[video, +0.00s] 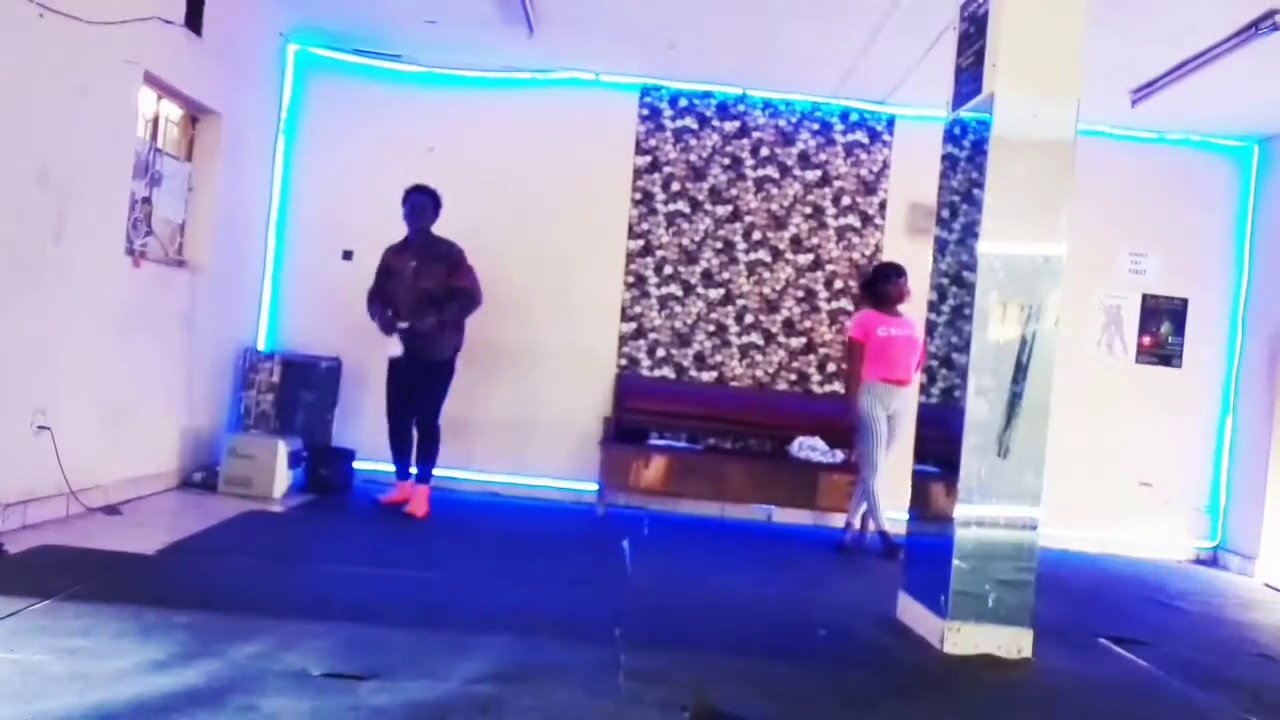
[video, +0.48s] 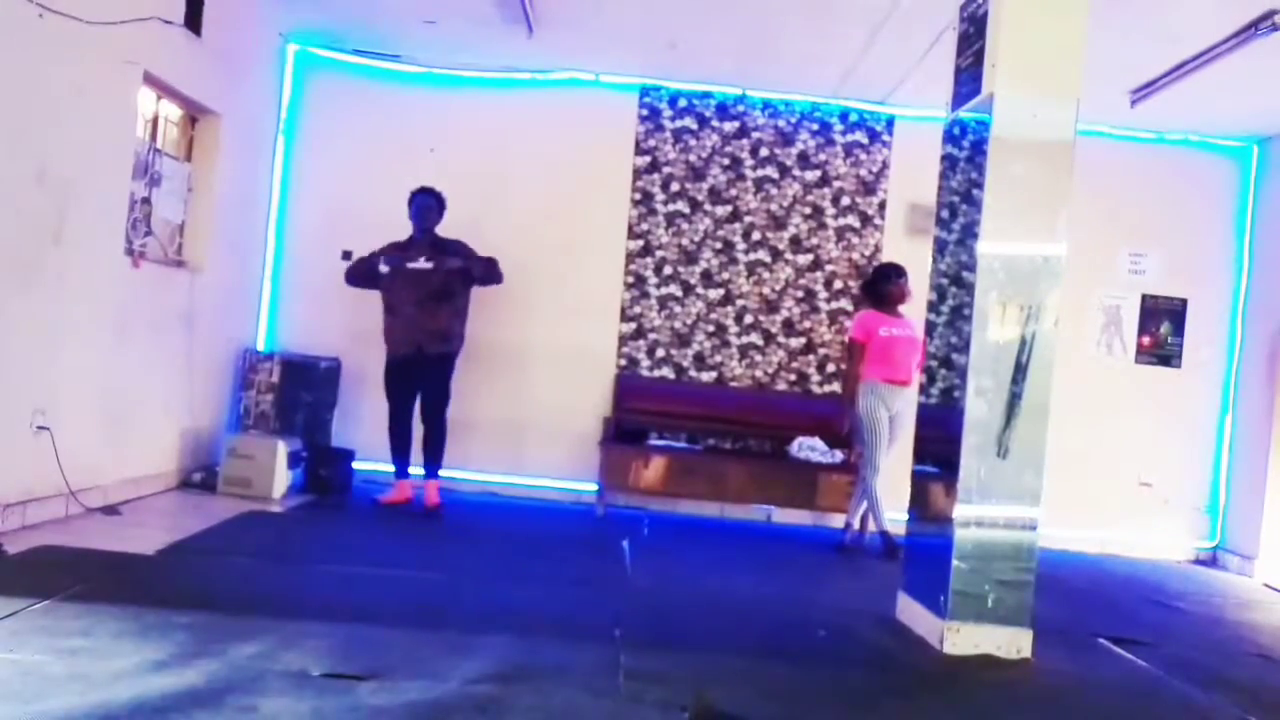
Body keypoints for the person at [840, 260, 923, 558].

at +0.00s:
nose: (905, 288)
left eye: (905, 282)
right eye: (899, 282)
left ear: (903, 288)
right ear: (882, 287)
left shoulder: (909, 324)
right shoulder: (865, 320)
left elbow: (917, 365)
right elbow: (854, 364)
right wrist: (852, 399)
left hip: (901, 391)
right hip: (873, 387)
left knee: (877, 461)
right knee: (872, 460)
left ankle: (852, 525)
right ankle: (881, 530)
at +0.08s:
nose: (906, 288)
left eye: (906, 282)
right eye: (899, 282)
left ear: (904, 288)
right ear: (882, 287)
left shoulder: (909, 324)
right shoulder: (865, 320)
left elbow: (917, 366)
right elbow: (854, 365)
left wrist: (910, 396)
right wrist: (853, 402)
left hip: (903, 391)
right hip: (874, 387)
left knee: (878, 462)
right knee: (873, 462)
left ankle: (852, 526)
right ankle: (882, 530)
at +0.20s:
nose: (907, 288)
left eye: (906, 282)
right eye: (900, 282)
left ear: (903, 288)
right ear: (883, 287)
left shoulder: (910, 325)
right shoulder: (866, 320)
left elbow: (917, 368)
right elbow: (854, 367)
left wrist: (910, 401)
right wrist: (852, 408)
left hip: (903, 392)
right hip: (875, 388)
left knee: (878, 463)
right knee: (874, 461)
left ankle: (852, 526)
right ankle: (882, 530)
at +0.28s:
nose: (907, 288)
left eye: (907, 282)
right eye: (901, 282)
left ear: (903, 288)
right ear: (884, 287)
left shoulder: (910, 325)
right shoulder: (867, 320)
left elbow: (916, 368)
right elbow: (854, 367)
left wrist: (910, 400)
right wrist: (850, 409)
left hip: (903, 392)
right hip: (874, 387)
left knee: (877, 462)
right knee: (874, 461)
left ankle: (852, 526)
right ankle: (883, 530)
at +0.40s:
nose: (908, 289)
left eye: (907, 283)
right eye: (901, 283)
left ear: (903, 288)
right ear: (884, 288)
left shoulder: (910, 325)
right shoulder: (867, 320)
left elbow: (915, 368)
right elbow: (853, 367)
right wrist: (849, 409)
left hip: (902, 391)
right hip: (874, 387)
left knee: (877, 462)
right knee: (874, 460)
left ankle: (851, 526)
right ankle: (882, 530)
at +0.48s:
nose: (906, 289)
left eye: (906, 282)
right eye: (900, 283)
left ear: (904, 288)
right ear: (883, 287)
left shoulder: (908, 324)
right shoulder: (866, 319)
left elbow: (915, 367)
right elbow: (853, 366)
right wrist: (848, 408)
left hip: (902, 391)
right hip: (874, 387)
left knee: (877, 462)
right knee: (873, 461)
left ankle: (851, 527)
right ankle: (882, 530)